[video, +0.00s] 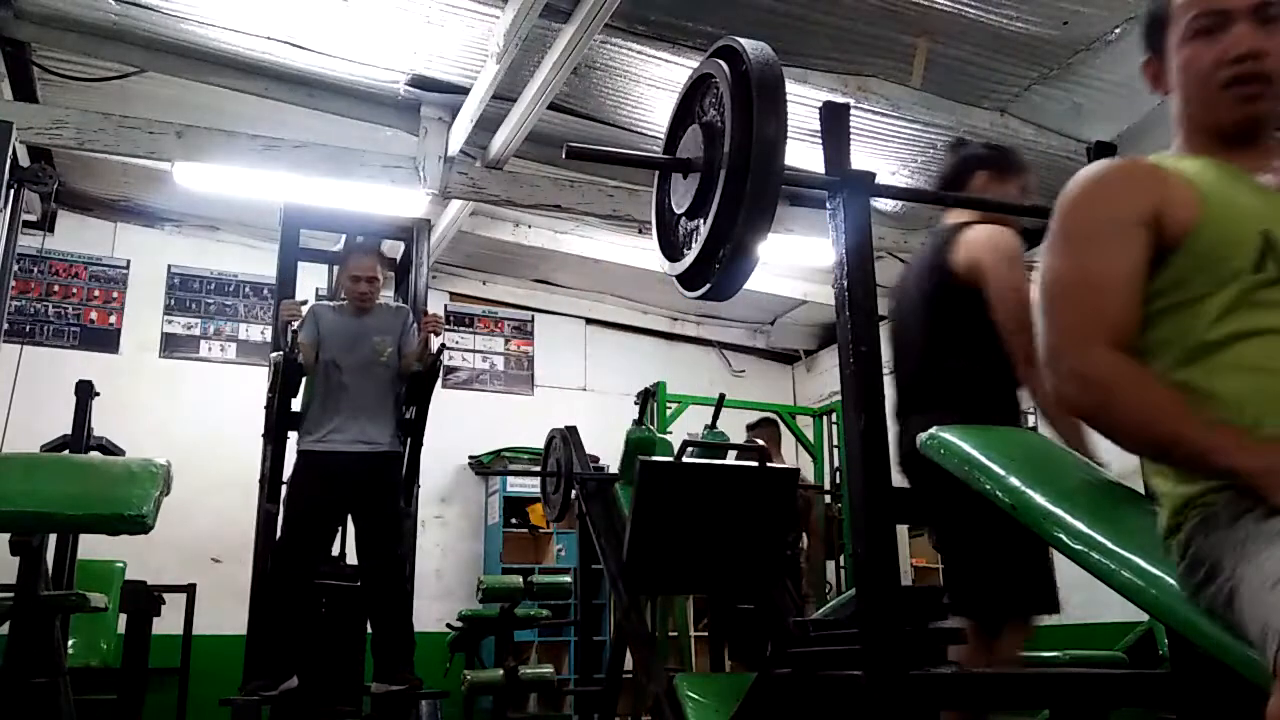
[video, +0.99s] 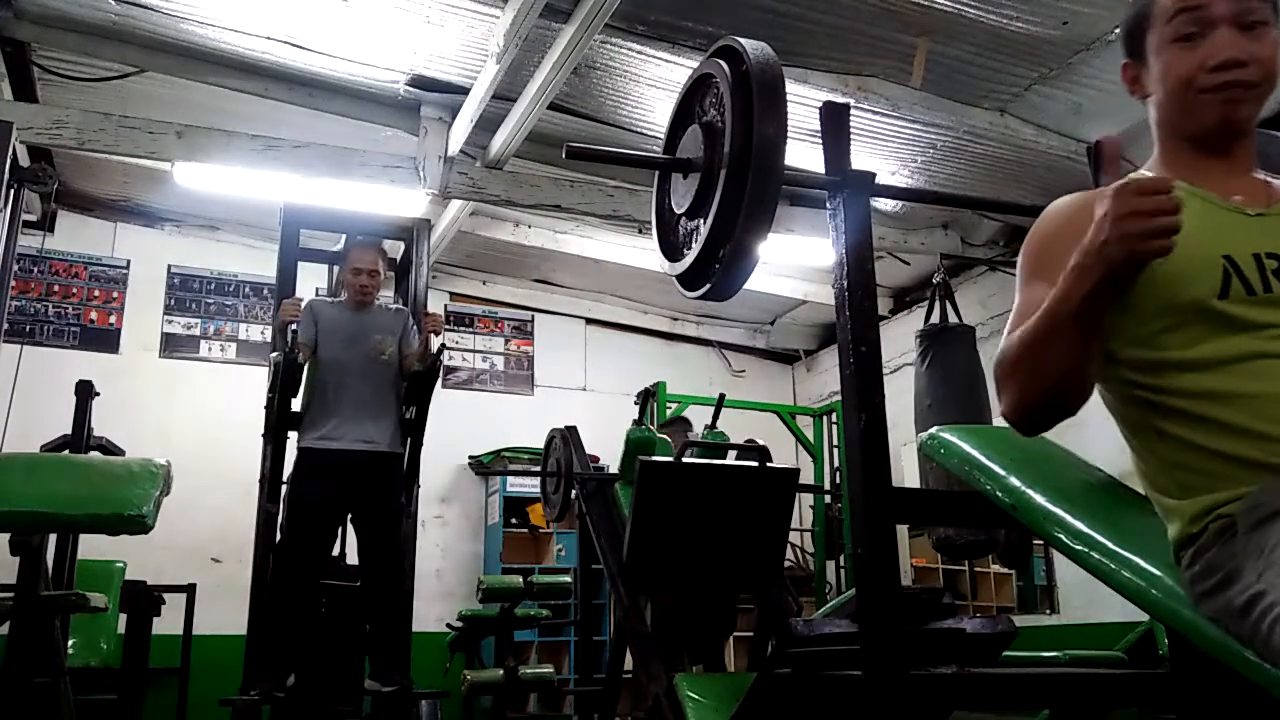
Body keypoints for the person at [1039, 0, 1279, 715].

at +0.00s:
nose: (1247, 45)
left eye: (1266, 21)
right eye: (1209, 28)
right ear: (1159, 75)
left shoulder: (1274, 185)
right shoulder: (1126, 187)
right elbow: (1078, 369)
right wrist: (1253, 457)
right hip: (1237, 504)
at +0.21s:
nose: (1185, 77)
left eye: (1207, 54)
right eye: (1150, 65)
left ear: (1233, 84)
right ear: (1104, 115)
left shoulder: (1268, 218)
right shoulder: (1074, 231)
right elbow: (1051, 407)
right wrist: (1236, 462)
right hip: (1228, 523)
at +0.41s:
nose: (1145, 78)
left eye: (1164, 55)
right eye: (1109, 73)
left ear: (1201, 83)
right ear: (1077, 125)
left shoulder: (1272, 214)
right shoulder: (1061, 257)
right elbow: (1067, 438)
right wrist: (1250, 470)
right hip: (1235, 532)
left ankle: (1154, 641)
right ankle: (1142, 647)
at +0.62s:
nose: (1167, 63)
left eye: (1186, 39)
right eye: (1130, 56)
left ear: (1220, 69)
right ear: (1091, 111)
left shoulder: (1275, 211)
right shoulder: (1066, 247)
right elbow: (1050, 431)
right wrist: (1227, 456)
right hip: (1235, 530)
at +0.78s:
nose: (1199, 55)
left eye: (1220, 30)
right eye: (1161, 41)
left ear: (1248, 59)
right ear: (1113, 90)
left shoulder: (1274, 200)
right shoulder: (1071, 236)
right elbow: (1033, 424)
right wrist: (1131, 350)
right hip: (1236, 523)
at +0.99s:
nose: (1230, 52)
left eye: (1253, 24)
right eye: (1190, 33)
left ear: (1278, 52)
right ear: (1136, 76)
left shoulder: (1279, 197)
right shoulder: (1080, 221)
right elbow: (1024, 408)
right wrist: (1094, 266)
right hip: (1242, 522)